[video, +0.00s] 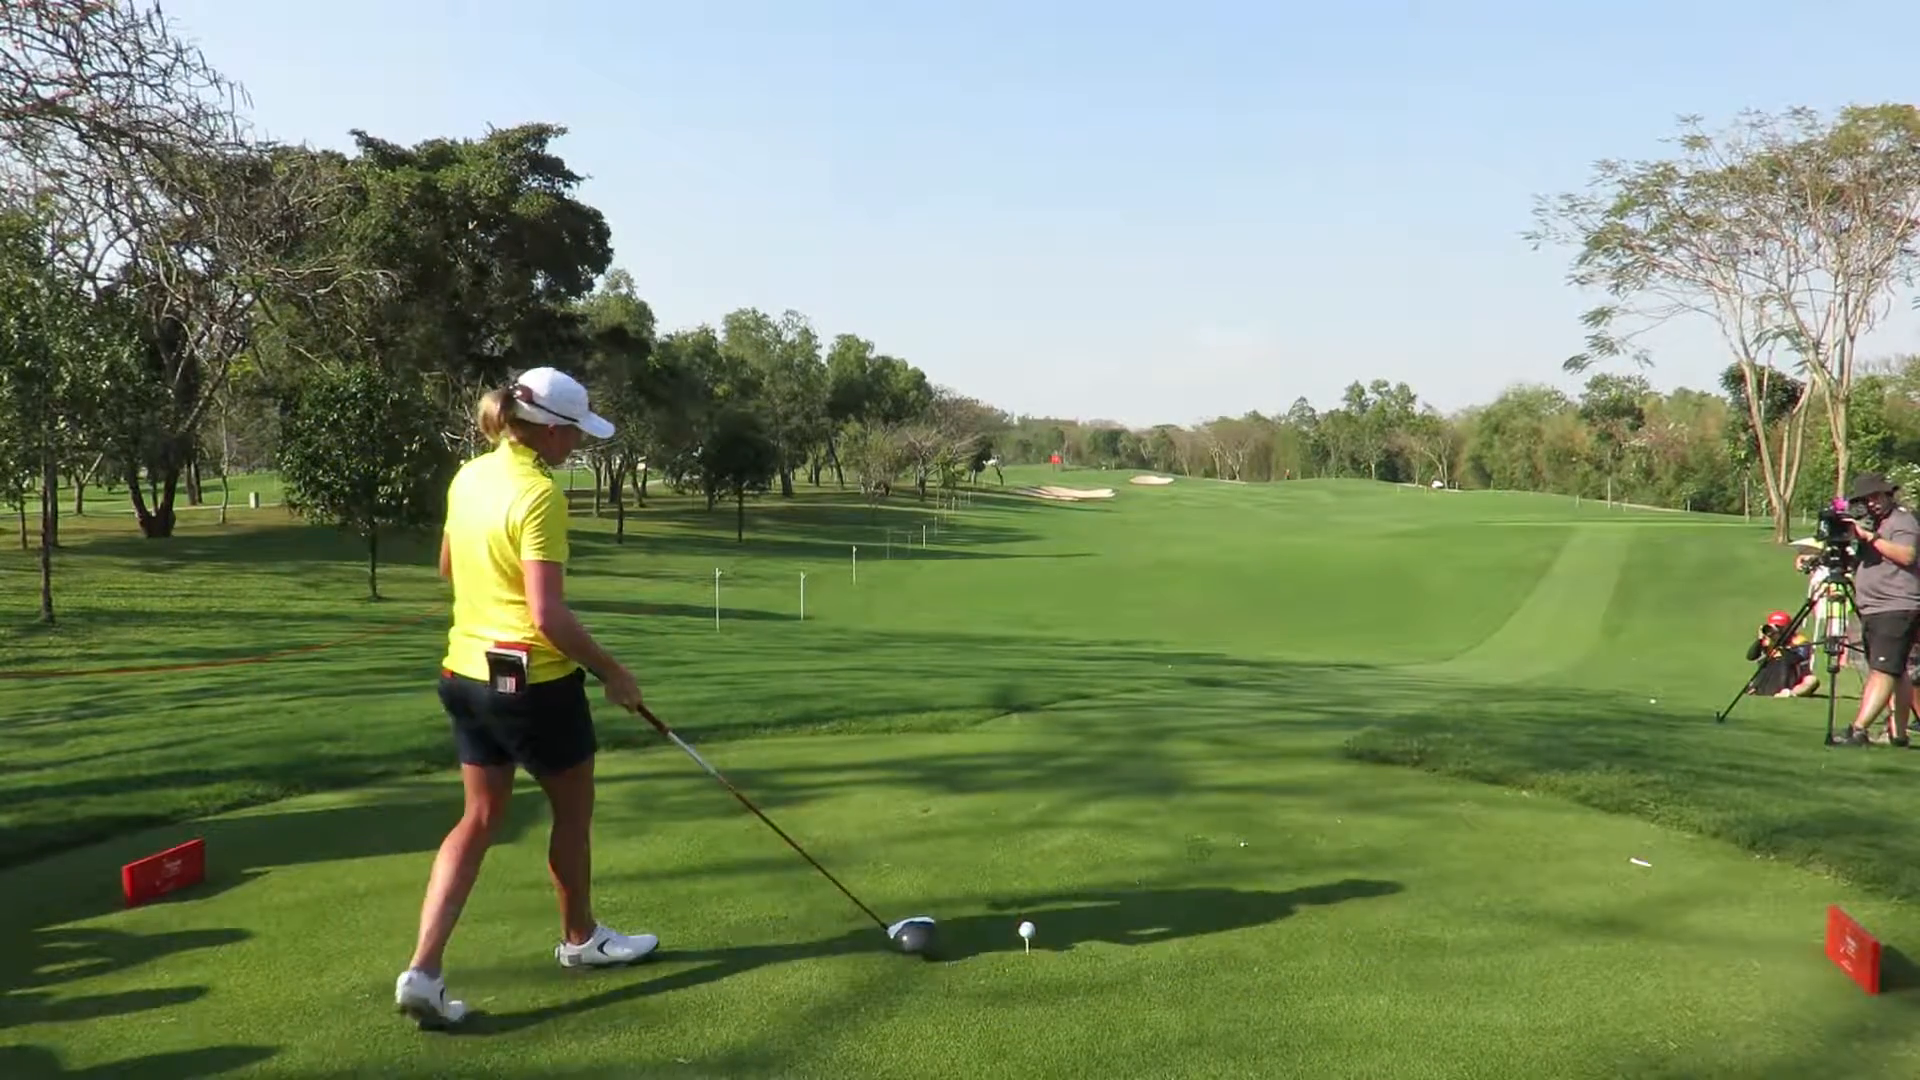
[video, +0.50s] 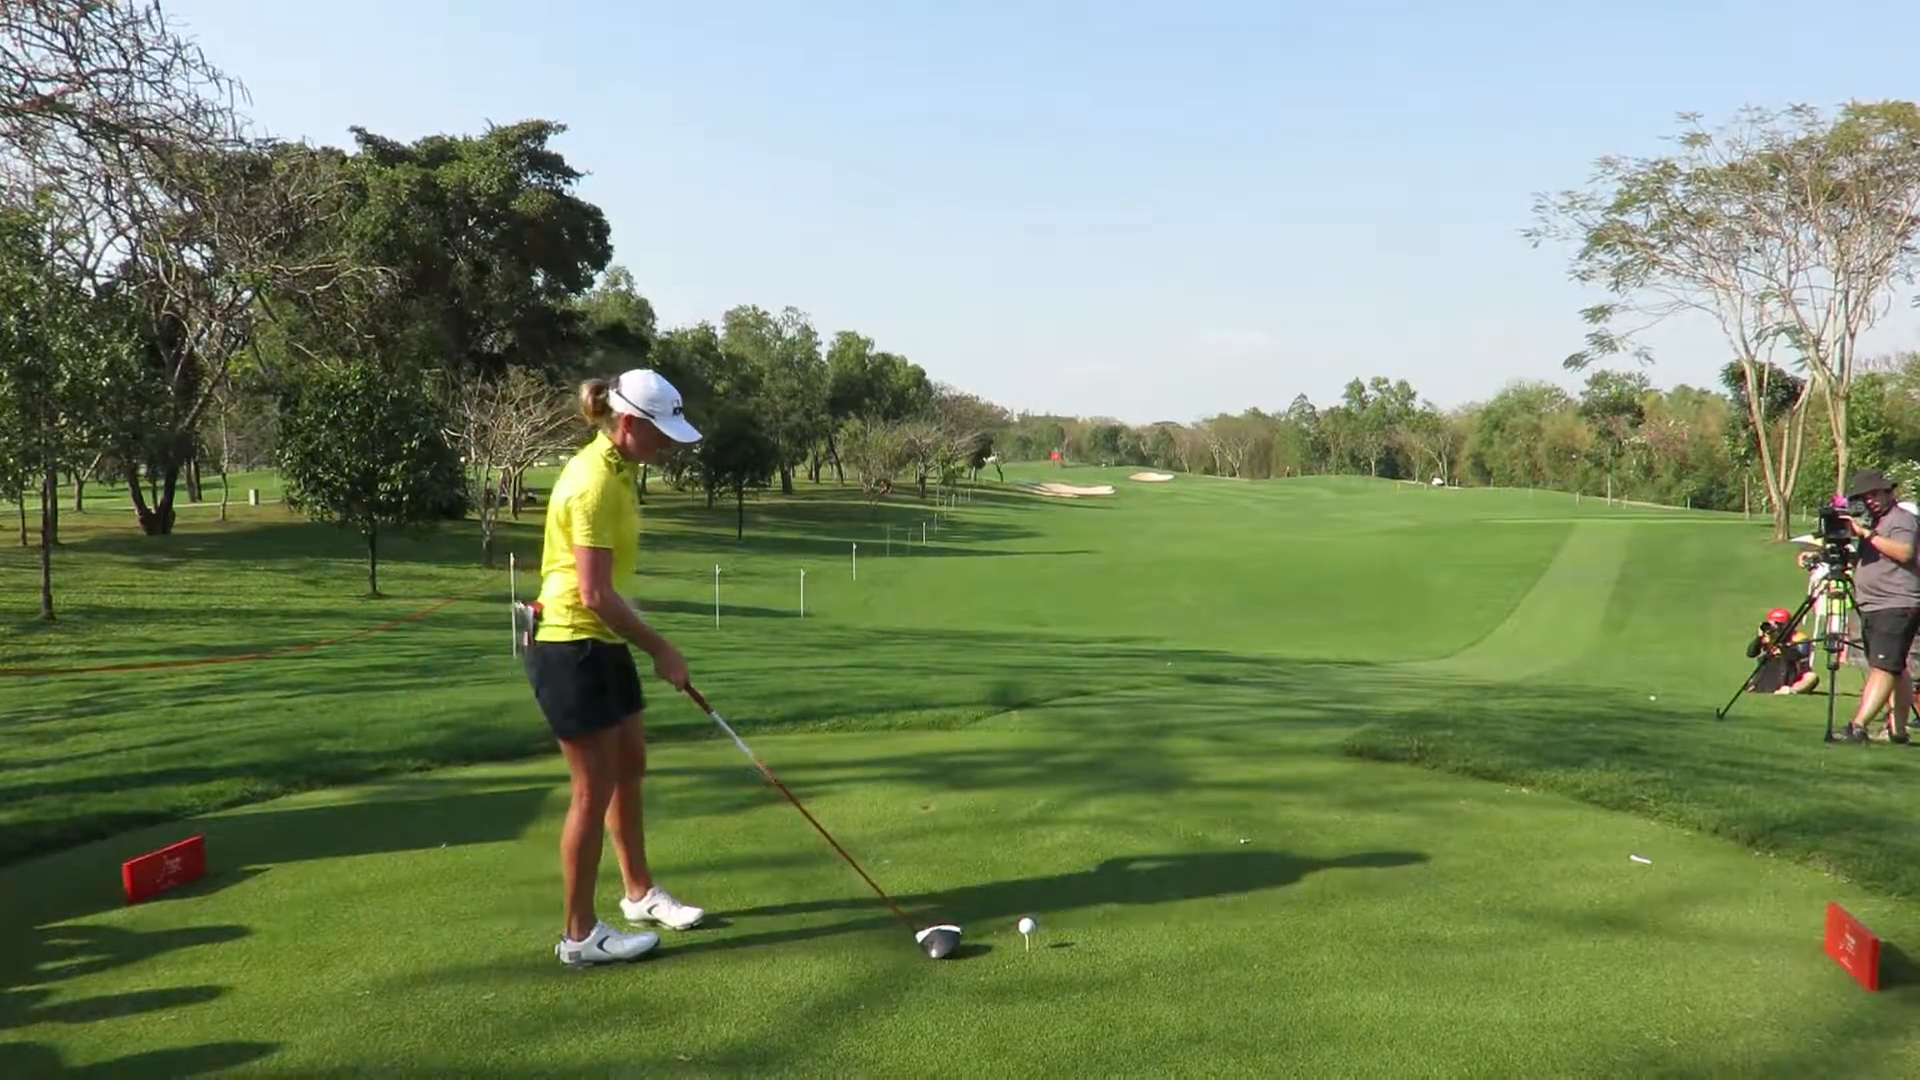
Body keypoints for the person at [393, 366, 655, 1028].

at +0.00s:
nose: (579, 443)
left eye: (580, 432)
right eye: (574, 432)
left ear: (523, 425)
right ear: (545, 429)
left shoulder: (470, 475)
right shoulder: (539, 493)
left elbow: (448, 566)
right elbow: (548, 615)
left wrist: (520, 585)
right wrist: (610, 668)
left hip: (466, 674)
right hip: (535, 681)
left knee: (480, 813)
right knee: (572, 806)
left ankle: (423, 972)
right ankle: (581, 935)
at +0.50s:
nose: (667, 446)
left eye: (669, 436)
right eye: (661, 435)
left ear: (632, 425)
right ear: (626, 425)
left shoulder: (613, 472)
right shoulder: (594, 482)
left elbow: (589, 569)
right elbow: (596, 594)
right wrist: (661, 649)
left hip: (603, 644)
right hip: (572, 647)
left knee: (629, 764)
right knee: (594, 787)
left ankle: (640, 894)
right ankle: (579, 933)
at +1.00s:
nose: (711, 432)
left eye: (715, 422)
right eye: (705, 419)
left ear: (693, 411)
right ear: (674, 406)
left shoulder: (677, 456)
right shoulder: (627, 458)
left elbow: (654, 528)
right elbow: (610, 557)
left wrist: (677, 570)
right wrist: (668, 623)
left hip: (646, 613)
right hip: (598, 614)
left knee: (651, 735)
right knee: (610, 747)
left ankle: (643, 872)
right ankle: (592, 893)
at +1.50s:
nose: (716, 416)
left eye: (720, 406)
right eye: (710, 404)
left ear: (692, 395)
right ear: (679, 391)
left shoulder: (677, 440)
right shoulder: (636, 443)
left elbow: (658, 526)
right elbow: (638, 554)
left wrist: (684, 574)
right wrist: (702, 613)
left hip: (648, 596)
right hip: (603, 600)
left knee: (664, 720)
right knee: (624, 736)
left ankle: (643, 853)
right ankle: (620, 884)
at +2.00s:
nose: (733, 411)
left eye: (736, 401)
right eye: (727, 400)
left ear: (707, 391)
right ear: (698, 388)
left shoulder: (691, 433)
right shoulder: (658, 441)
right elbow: (674, 554)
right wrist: (733, 615)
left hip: (656, 586)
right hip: (612, 588)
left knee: (662, 717)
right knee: (631, 727)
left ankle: (658, 848)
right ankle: (621, 873)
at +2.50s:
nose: (736, 394)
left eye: (737, 385)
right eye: (733, 384)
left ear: (700, 380)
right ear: (708, 383)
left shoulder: (690, 429)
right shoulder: (658, 435)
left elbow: (673, 531)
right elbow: (672, 550)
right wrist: (732, 612)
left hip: (653, 583)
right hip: (610, 584)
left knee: (664, 710)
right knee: (633, 720)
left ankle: (657, 844)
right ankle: (621, 868)